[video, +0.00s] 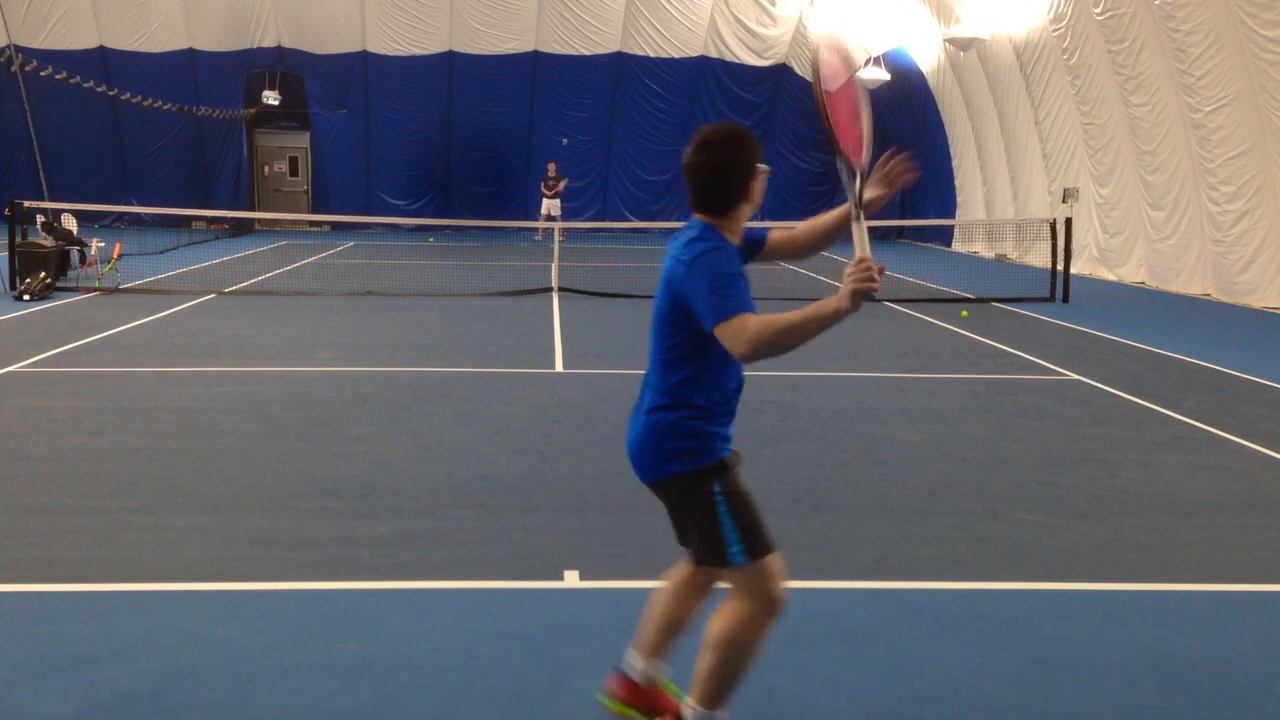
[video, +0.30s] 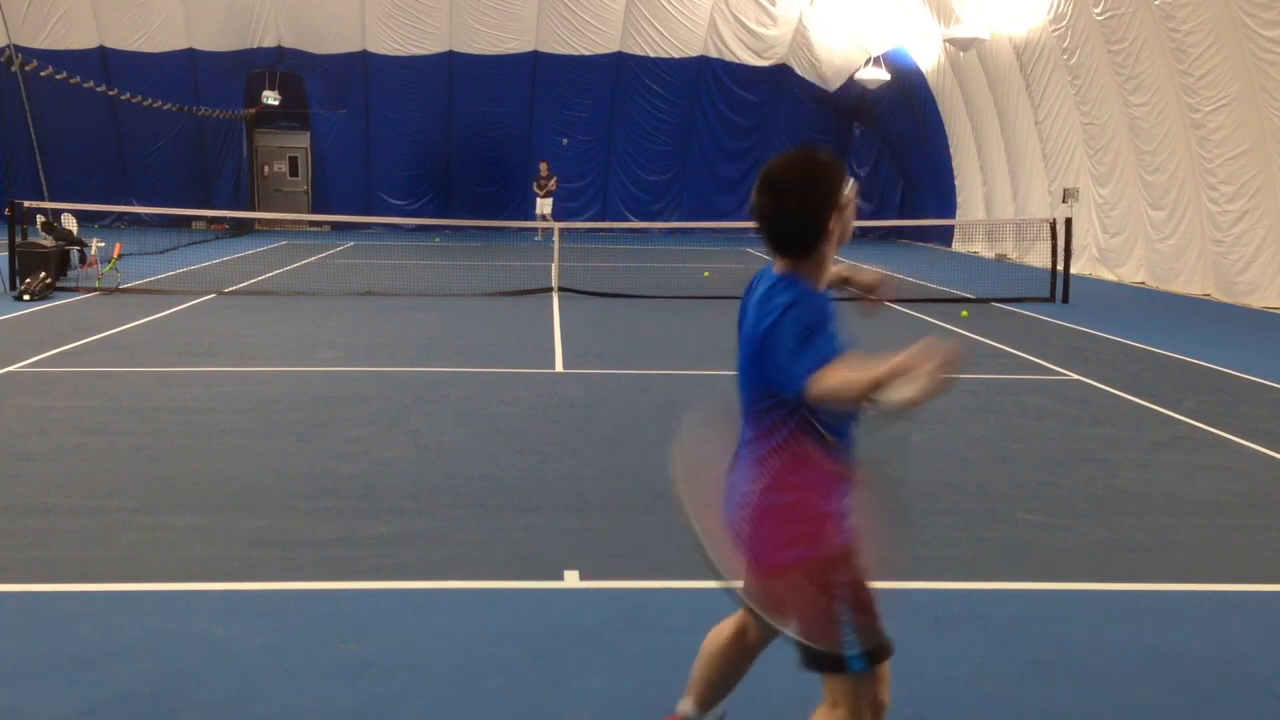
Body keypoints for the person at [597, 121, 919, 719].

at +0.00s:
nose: (766, 174)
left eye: (763, 165)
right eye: (762, 166)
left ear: (699, 185)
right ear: (749, 181)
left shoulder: (714, 237)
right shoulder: (705, 256)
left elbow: (791, 241)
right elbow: (745, 340)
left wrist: (860, 203)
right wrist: (841, 300)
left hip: (671, 436)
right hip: (688, 445)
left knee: (705, 560)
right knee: (762, 593)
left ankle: (637, 675)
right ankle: (700, 711)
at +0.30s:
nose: (855, 204)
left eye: (850, 195)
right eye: (849, 199)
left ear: (773, 221)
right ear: (832, 224)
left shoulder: (767, 284)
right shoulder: (796, 305)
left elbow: (806, 273)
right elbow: (819, 379)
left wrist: (852, 279)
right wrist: (905, 364)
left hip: (764, 498)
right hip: (801, 516)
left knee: (755, 622)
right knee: (859, 693)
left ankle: (689, 711)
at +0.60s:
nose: (916, 112)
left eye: (911, 100)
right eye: (909, 102)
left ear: (825, 131)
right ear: (895, 120)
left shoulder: (811, 227)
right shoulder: (925, 194)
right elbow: (1043, 95)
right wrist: (992, 10)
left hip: (829, 478)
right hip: (924, 490)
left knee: (813, 587)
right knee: (942, 691)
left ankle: (772, 701)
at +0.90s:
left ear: (893, 223)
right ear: (991, 224)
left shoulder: (849, 337)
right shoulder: (1024, 306)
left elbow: (786, 432)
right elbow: (1165, 238)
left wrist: (860, 458)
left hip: (891, 627)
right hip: (1002, 627)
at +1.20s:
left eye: (909, 191)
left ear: (911, 206)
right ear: (1003, 206)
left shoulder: (864, 315)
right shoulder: (1051, 314)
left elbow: (816, 457)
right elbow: (1163, 427)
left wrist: (773, 583)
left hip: (879, 606)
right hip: (1001, 613)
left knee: (877, 706)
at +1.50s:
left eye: (856, 196)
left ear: (862, 209)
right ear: (950, 208)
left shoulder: (829, 316)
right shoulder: (1003, 327)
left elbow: (798, 448)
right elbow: (1010, 482)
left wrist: (748, 578)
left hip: (844, 586)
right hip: (956, 593)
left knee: (831, 704)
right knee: (949, 710)